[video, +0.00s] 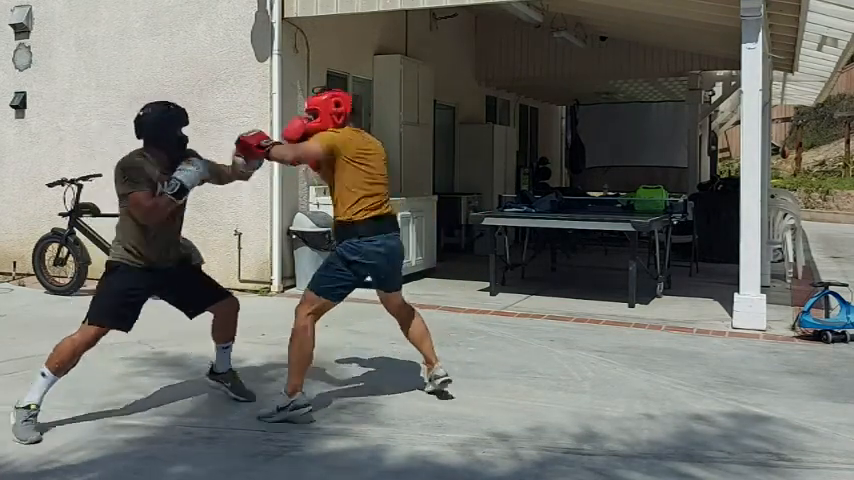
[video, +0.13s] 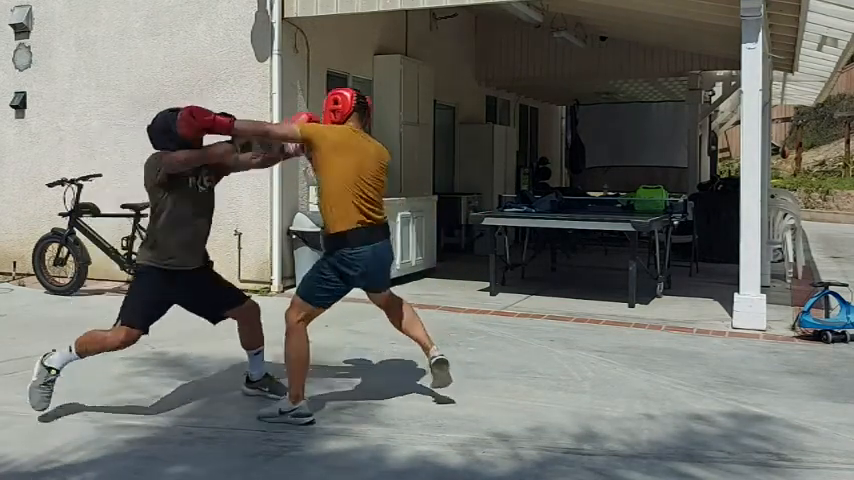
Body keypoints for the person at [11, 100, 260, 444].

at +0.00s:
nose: (184, 136)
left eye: (183, 130)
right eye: (178, 131)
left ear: (162, 137)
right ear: (160, 137)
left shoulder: (186, 160)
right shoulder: (130, 167)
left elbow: (224, 174)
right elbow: (150, 214)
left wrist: (245, 164)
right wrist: (181, 185)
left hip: (174, 265)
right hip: (130, 266)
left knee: (227, 305)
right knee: (90, 334)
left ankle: (222, 370)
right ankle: (29, 404)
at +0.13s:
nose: (196, 139)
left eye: (195, 135)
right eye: (190, 137)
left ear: (194, 140)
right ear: (172, 140)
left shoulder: (209, 165)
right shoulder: (157, 163)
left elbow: (257, 160)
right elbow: (216, 155)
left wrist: (293, 150)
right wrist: (240, 136)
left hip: (196, 271)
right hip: (156, 271)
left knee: (248, 312)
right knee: (124, 336)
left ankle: (258, 376)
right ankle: (53, 363)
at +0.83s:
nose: (170, 123)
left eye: (171, 117)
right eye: (164, 118)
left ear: (168, 117)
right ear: (144, 119)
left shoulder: (172, 144)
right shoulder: (115, 152)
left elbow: (188, 182)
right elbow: (121, 204)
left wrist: (200, 196)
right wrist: (147, 170)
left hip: (164, 245)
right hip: (123, 245)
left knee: (199, 303)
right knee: (104, 319)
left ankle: (200, 379)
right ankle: (80, 379)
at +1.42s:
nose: (170, 126)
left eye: (171, 121)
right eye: (164, 120)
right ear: (148, 118)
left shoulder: (164, 152)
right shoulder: (120, 148)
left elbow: (173, 199)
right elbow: (169, 161)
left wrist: (182, 213)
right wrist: (163, 126)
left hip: (163, 251)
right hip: (120, 250)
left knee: (198, 308)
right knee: (98, 327)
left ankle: (204, 377)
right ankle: (80, 378)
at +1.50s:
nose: (171, 131)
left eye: (171, 126)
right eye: (167, 125)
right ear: (149, 120)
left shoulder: (163, 157)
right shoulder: (120, 147)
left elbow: (170, 204)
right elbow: (166, 155)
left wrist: (173, 225)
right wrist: (160, 123)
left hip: (162, 255)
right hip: (120, 253)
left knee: (199, 311)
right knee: (101, 333)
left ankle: (199, 379)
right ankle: (78, 372)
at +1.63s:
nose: (149, 127)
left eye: (151, 122)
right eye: (143, 121)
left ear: (147, 123)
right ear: (123, 117)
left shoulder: (147, 156)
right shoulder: (104, 144)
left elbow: (156, 200)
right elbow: (153, 170)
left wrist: (149, 214)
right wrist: (144, 133)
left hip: (142, 247)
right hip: (103, 244)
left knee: (183, 309)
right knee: (97, 322)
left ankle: (198, 377)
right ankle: (75, 374)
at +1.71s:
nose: (126, 118)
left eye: (130, 112)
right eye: (119, 111)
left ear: (136, 113)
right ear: (105, 112)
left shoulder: (138, 142)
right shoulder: (84, 140)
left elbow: (141, 187)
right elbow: (129, 169)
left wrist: (131, 212)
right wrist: (119, 134)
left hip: (129, 236)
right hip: (87, 236)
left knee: (160, 304)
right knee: (85, 315)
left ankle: (177, 374)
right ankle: (74, 377)